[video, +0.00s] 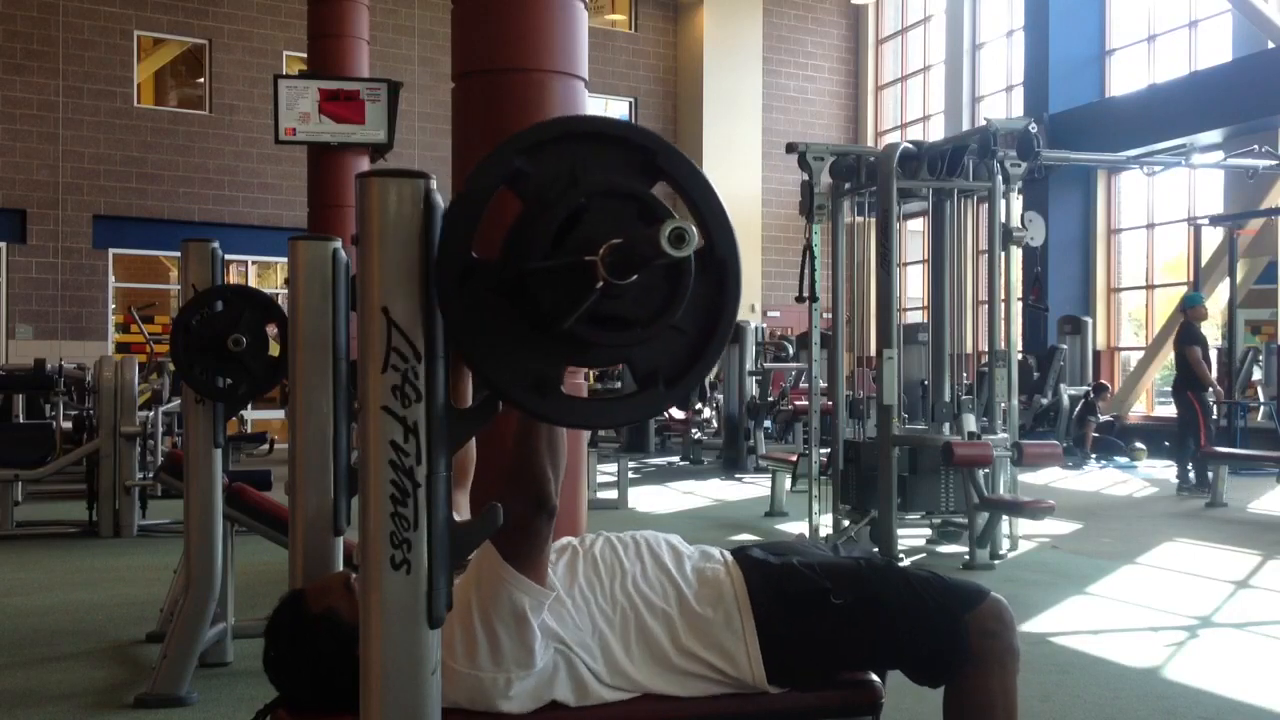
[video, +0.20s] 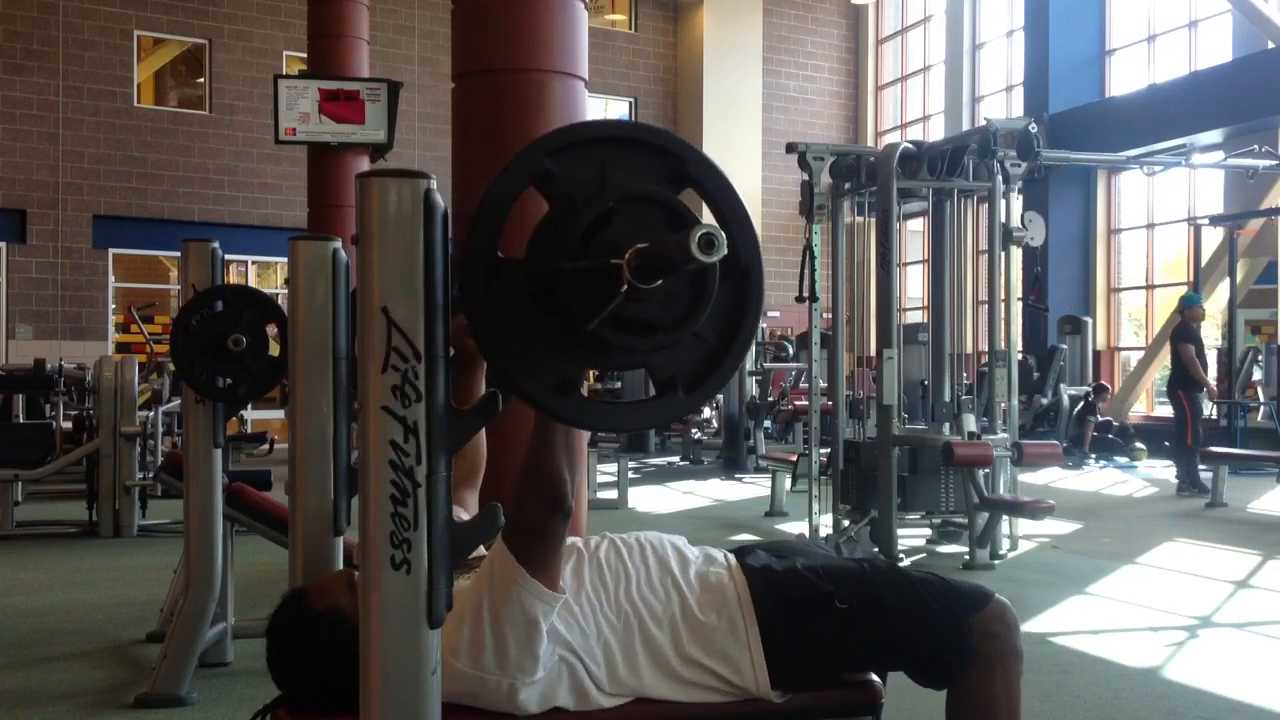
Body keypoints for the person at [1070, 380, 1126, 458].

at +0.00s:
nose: (1109, 396)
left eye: (1109, 393)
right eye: (1108, 393)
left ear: (1098, 393)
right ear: (1101, 393)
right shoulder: (1092, 406)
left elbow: (1097, 420)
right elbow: (1089, 431)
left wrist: (1111, 417)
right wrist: (1087, 451)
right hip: (1081, 439)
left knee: (1111, 423)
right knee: (1120, 447)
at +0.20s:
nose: (1109, 397)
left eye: (1109, 394)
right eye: (1107, 394)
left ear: (1098, 393)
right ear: (1101, 394)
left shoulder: (1092, 404)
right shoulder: (1092, 406)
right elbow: (1088, 430)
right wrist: (1085, 450)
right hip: (1079, 440)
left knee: (1108, 422)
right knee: (1115, 443)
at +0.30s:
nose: (1109, 396)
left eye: (1109, 394)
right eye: (1107, 394)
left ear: (1099, 393)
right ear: (1101, 393)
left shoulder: (1095, 405)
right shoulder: (1092, 406)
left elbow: (1107, 422)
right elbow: (1088, 429)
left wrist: (1124, 431)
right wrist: (1085, 450)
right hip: (1079, 441)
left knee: (1107, 423)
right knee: (1113, 442)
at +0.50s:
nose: (1108, 397)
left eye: (1108, 394)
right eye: (1106, 394)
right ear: (1099, 394)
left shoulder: (1097, 406)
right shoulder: (1090, 406)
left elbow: (1109, 422)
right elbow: (1084, 429)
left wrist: (1120, 435)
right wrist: (1080, 448)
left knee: (1107, 423)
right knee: (1113, 441)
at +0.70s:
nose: (1107, 395)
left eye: (1107, 393)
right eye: (1105, 393)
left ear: (1099, 393)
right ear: (1098, 392)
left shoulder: (1095, 404)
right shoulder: (1089, 404)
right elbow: (1081, 426)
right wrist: (1079, 446)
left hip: (1088, 432)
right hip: (1082, 438)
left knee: (1110, 423)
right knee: (1106, 438)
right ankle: (1130, 450)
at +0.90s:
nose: (1108, 396)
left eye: (1108, 394)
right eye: (1107, 393)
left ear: (1099, 393)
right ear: (1100, 393)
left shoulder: (1095, 404)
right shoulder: (1090, 404)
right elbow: (1081, 427)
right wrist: (1079, 447)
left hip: (1088, 432)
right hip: (1082, 438)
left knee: (1109, 422)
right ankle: (1124, 450)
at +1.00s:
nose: (1110, 397)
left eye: (1109, 394)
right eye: (1108, 394)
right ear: (1102, 394)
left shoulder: (1096, 406)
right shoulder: (1091, 405)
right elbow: (1081, 426)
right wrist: (1079, 445)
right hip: (1083, 438)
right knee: (1116, 444)